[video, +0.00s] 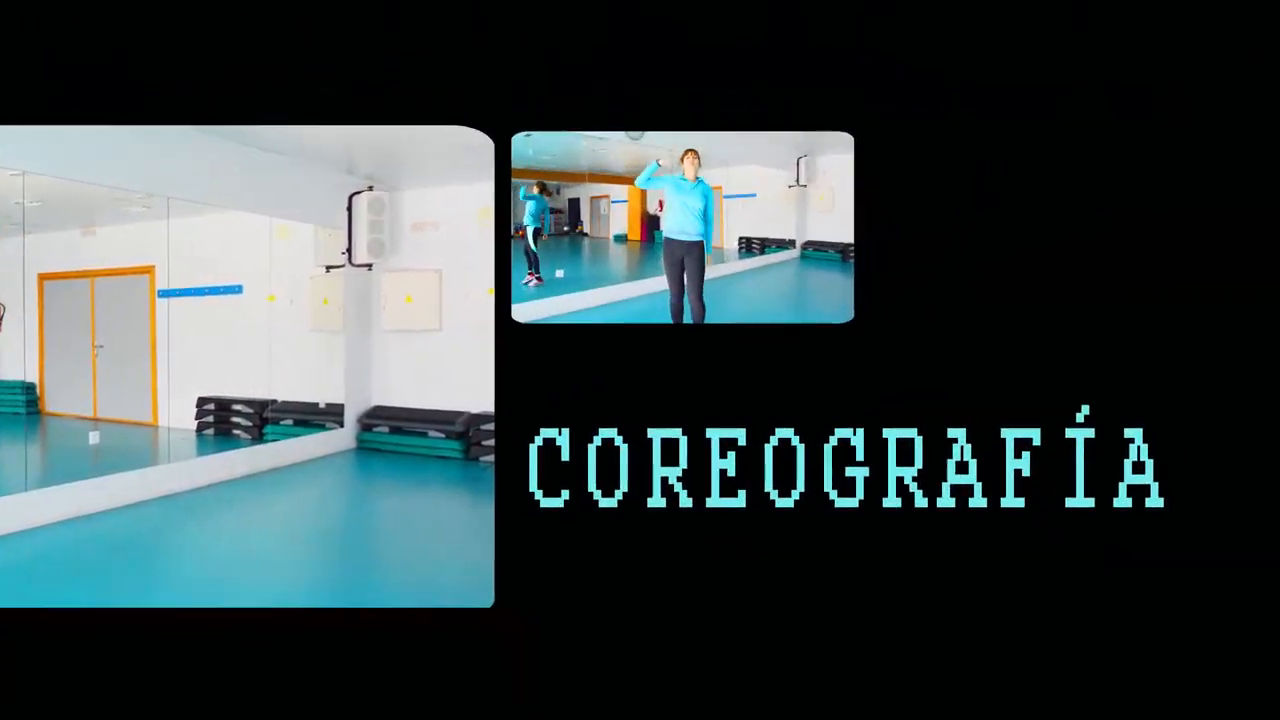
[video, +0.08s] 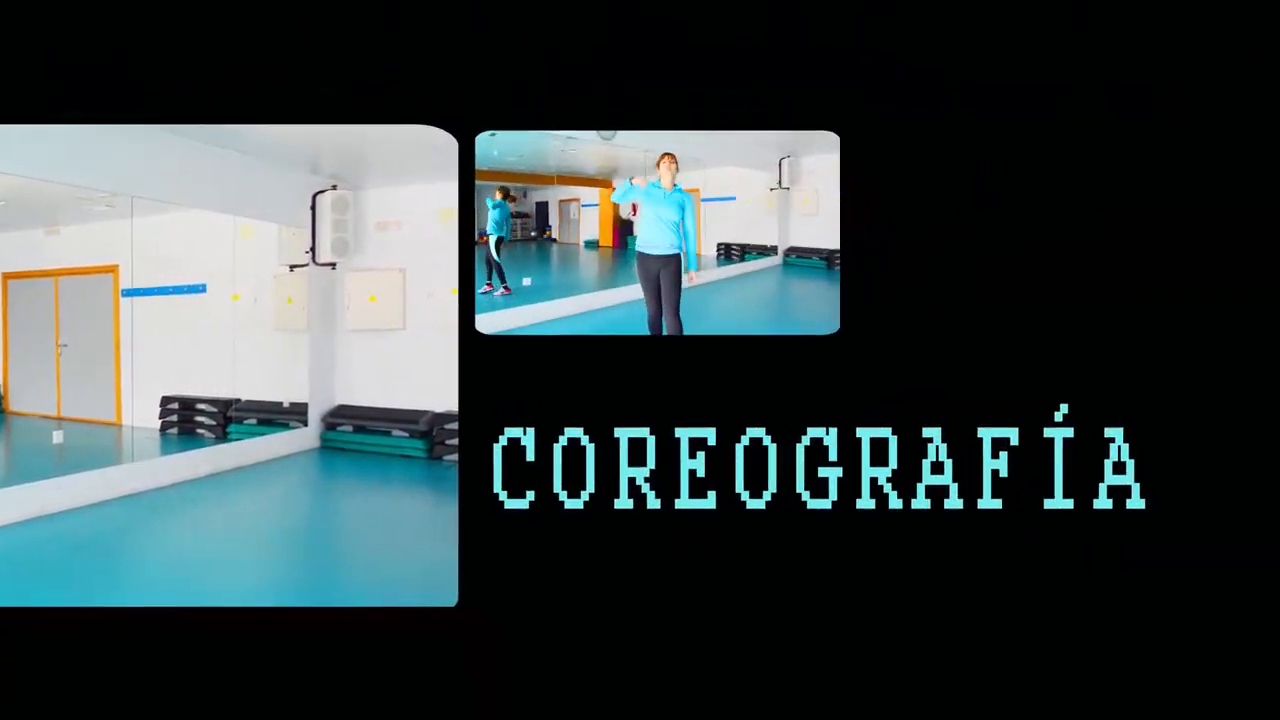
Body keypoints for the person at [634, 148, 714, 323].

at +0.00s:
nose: (692, 159)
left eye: (695, 157)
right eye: (688, 157)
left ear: (699, 163)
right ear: (682, 163)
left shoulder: (705, 189)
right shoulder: (670, 181)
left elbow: (709, 220)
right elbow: (639, 183)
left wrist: (708, 248)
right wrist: (655, 164)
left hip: (695, 244)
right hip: (671, 242)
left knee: (695, 294)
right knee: (676, 293)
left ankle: (698, 322)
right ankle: (677, 322)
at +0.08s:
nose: (668, 163)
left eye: (672, 161)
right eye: (664, 161)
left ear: (677, 169)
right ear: (658, 168)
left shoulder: (683, 197)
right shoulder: (644, 189)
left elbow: (689, 233)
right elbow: (616, 198)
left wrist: (692, 266)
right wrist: (631, 182)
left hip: (671, 258)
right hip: (645, 257)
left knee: (671, 312)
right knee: (653, 312)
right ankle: (655, 335)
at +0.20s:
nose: (637, 170)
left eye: (641, 168)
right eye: (632, 168)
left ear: (647, 176)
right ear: (626, 177)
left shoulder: (655, 207)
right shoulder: (615, 200)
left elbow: (662, 244)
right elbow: (594, 219)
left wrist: (668, 277)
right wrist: (597, 223)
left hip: (642, 274)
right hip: (614, 274)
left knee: (640, 335)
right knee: (617, 337)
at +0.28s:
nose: (618, 168)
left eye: (622, 165)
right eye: (613, 165)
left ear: (628, 174)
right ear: (606, 174)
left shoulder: (638, 202)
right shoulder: (595, 202)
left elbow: (647, 231)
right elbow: (585, 227)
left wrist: (651, 253)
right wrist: (580, 240)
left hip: (627, 275)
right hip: (597, 275)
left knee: (624, 336)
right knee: (595, 335)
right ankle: (603, 355)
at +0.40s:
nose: (595, 158)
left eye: (599, 156)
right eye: (590, 156)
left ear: (605, 165)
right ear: (582, 166)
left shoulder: (617, 190)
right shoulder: (571, 197)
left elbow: (637, 223)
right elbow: (564, 232)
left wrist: (630, 212)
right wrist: (560, 266)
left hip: (609, 267)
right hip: (578, 266)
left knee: (605, 332)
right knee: (578, 330)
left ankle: (608, 363)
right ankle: (580, 358)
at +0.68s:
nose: (579, 175)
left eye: (582, 171)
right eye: (574, 171)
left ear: (588, 176)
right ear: (567, 177)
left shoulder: (597, 206)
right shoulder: (557, 206)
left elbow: (617, 234)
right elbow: (547, 233)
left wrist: (611, 218)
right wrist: (537, 252)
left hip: (594, 280)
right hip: (564, 280)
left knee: (590, 340)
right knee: (569, 339)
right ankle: (565, 365)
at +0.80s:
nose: (578, 167)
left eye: (582, 163)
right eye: (574, 164)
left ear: (588, 168)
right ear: (568, 169)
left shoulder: (596, 198)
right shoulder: (557, 195)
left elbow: (603, 226)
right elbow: (540, 219)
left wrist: (608, 234)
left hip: (591, 269)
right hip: (562, 268)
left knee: (592, 326)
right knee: (565, 326)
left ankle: (594, 364)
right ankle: (562, 365)